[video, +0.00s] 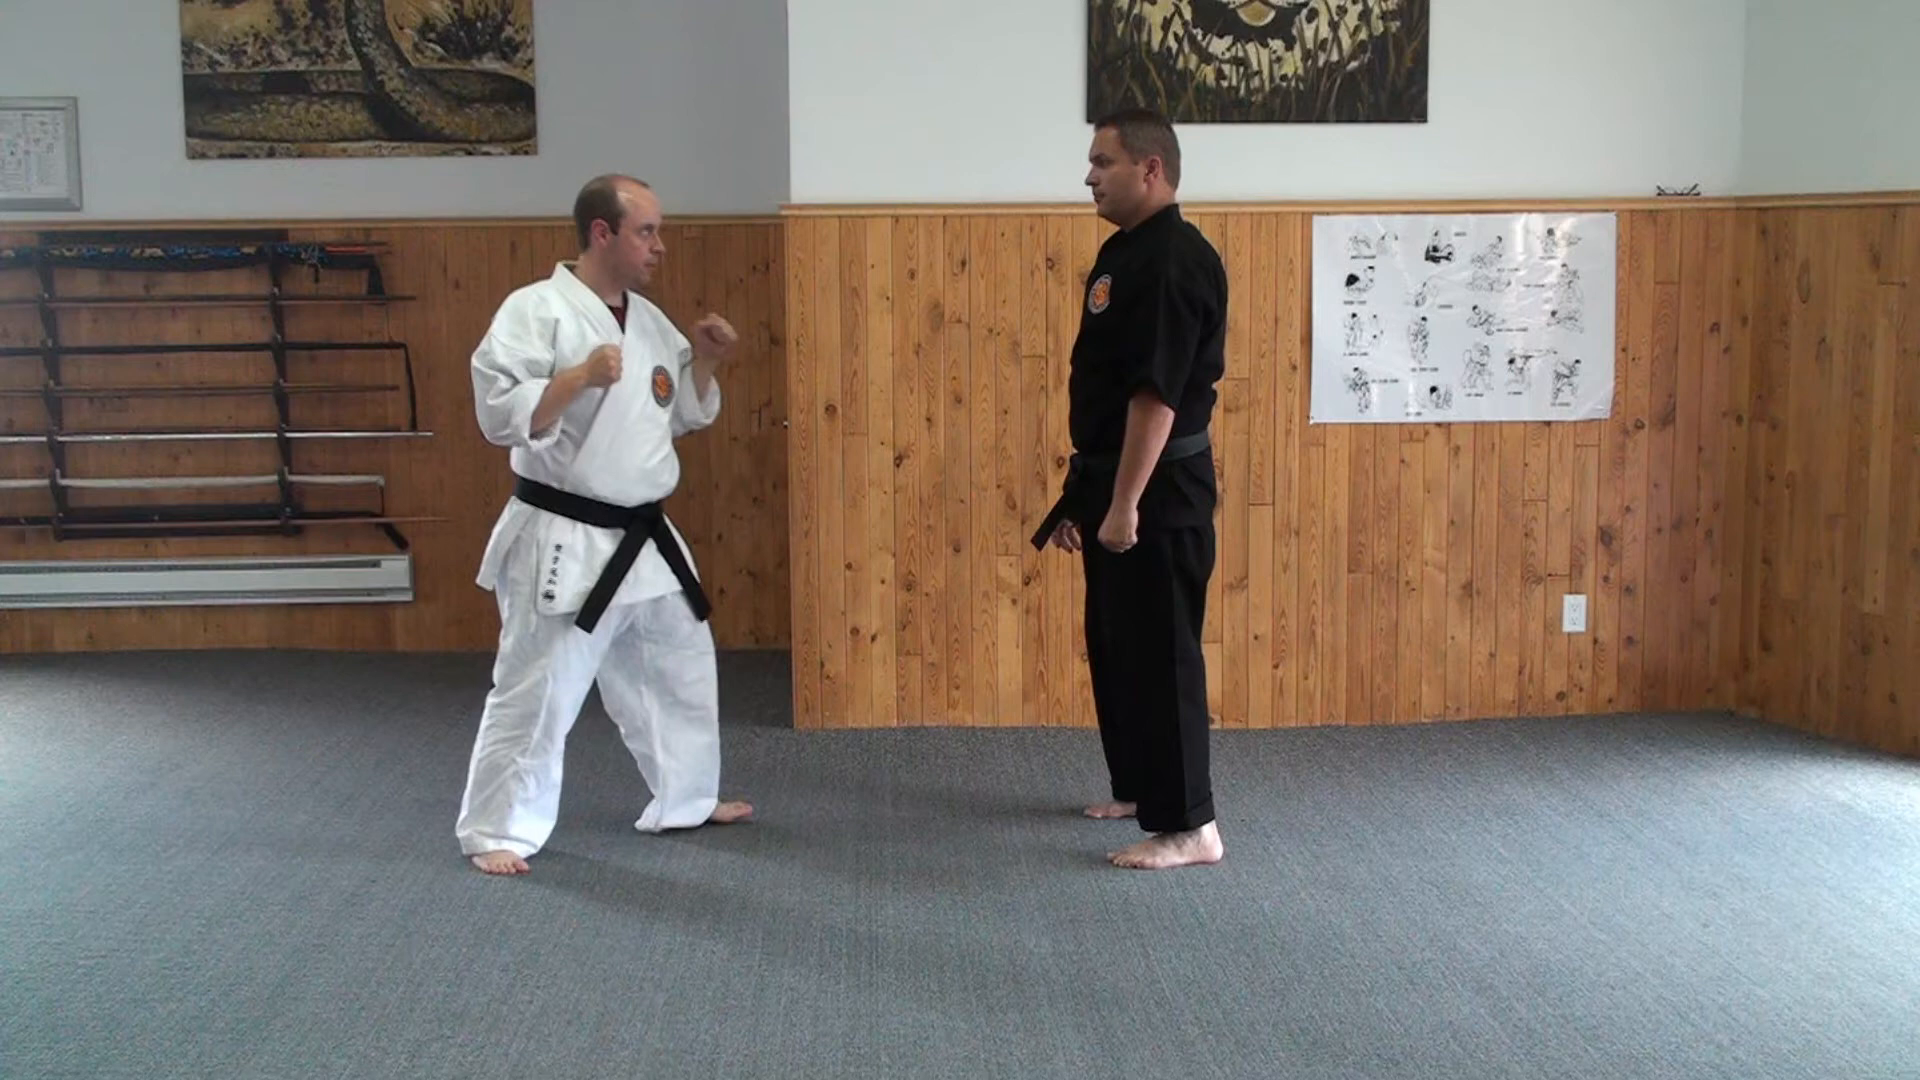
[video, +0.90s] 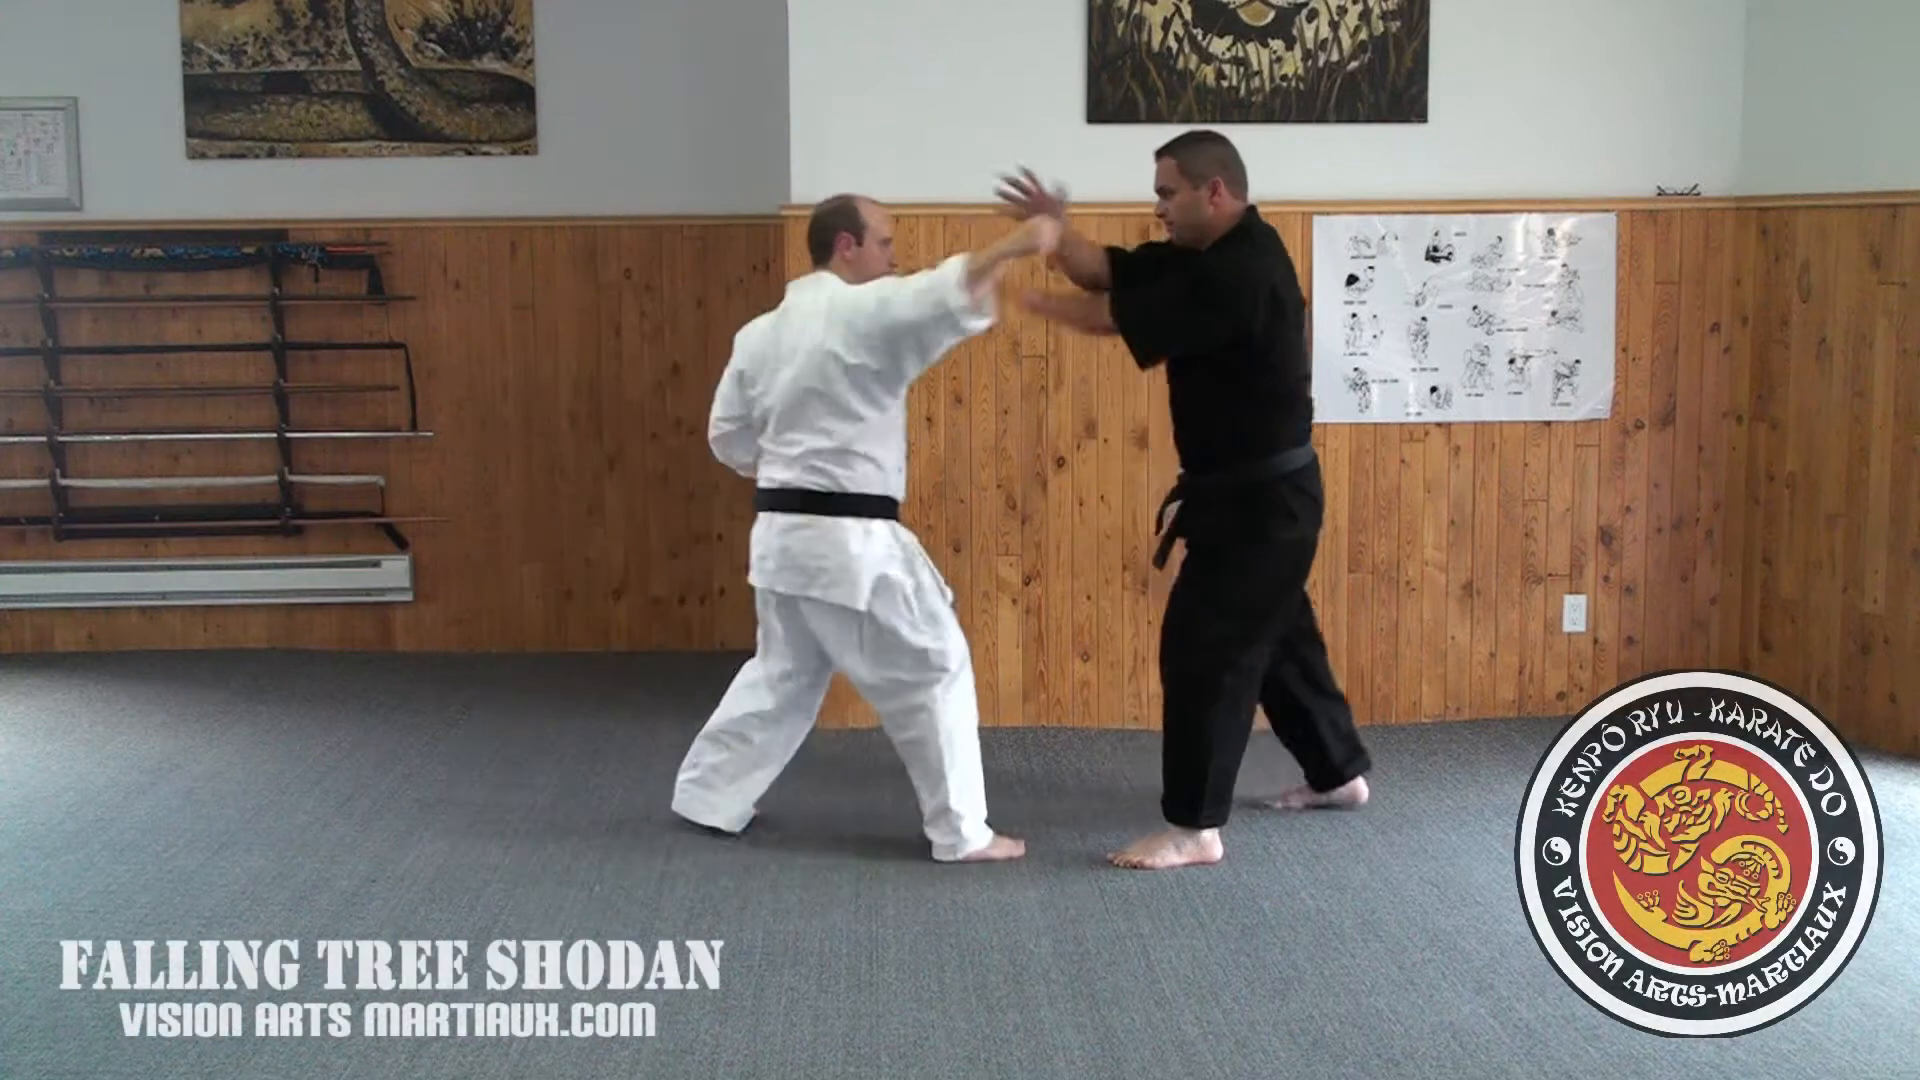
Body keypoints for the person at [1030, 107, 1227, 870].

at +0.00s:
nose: (1090, 175)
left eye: (1103, 163)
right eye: (1091, 162)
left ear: (1151, 169)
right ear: (1136, 170)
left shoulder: (1177, 257)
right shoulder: (1122, 252)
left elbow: (1161, 396)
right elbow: (1108, 389)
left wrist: (1126, 499)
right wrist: (1080, 492)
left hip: (1162, 490)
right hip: (1118, 488)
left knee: (1160, 658)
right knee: (1118, 652)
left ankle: (1190, 828)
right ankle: (1145, 789)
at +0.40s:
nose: (1094, 182)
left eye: (1104, 168)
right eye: (1094, 168)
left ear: (1152, 173)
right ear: (1142, 175)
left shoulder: (1178, 261)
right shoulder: (1137, 252)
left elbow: (1159, 399)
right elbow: (1099, 366)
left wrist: (1127, 502)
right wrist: (1031, 430)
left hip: (1181, 487)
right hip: (1143, 482)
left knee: (1170, 657)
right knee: (1134, 646)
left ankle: (1190, 830)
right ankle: (1146, 790)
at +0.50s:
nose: (1097, 188)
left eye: (1107, 172)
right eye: (1097, 173)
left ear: (1156, 175)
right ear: (1153, 178)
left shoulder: (1176, 265)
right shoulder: (1153, 253)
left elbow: (1153, 404)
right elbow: (1083, 333)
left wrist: (1123, 509)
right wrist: (987, 362)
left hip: (1195, 484)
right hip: (1171, 480)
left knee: (1179, 656)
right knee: (1150, 643)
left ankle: (1189, 831)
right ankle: (1157, 786)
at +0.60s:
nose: (1106, 192)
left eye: (1115, 178)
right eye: (1106, 177)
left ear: (1163, 178)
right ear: (1164, 179)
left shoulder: (1184, 269)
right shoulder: (1170, 255)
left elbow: (1145, 406)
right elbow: (1071, 293)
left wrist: (1108, 507)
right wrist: (963, 293)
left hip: (1204, 488)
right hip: (1202, 480)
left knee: (1170, 653)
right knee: (1189, 638)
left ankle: (1186, 832)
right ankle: (1211, 774)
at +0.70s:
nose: (1121, 197)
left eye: (1130, 182)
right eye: (1121, 182)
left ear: (1178, 182)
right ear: (1177, 184)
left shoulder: (1207, 269)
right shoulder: (1178, 253)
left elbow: (1137, 394)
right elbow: (1067, 269)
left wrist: (1077, 474)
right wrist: (956, 233)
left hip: (1224, 492)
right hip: (1210, 485)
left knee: (1173, 649)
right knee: (1217, 631)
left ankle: (1186, 832)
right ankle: (1273, 763)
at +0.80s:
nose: (1140, 204)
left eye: (1149, 189)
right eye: (1139, 191)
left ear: (1200, 188)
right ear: (1198, 191)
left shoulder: (1225, 267)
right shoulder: (1190, 256)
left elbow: (1134, 356)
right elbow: (1079, 257)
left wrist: (1056, 396)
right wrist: (987, 208)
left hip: (1242, 495)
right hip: (1220, 489)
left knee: (1183, 645)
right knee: (1245, 628)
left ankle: (1190, 829)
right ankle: (1321, 760)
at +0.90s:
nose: (1159, 208)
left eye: (1169, 194)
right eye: (1159, 195)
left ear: (1217, 193)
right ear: (1218, 194)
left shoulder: (1233, 270)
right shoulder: (1223, 249)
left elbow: (1118, 322)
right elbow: (1110, 270)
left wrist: (1029, 299)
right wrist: (1058, 232)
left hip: (1255, 496)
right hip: (1260, 487)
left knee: (1202, 647)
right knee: (1277, 630)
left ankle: (1195, 828)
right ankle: (1337, 773)